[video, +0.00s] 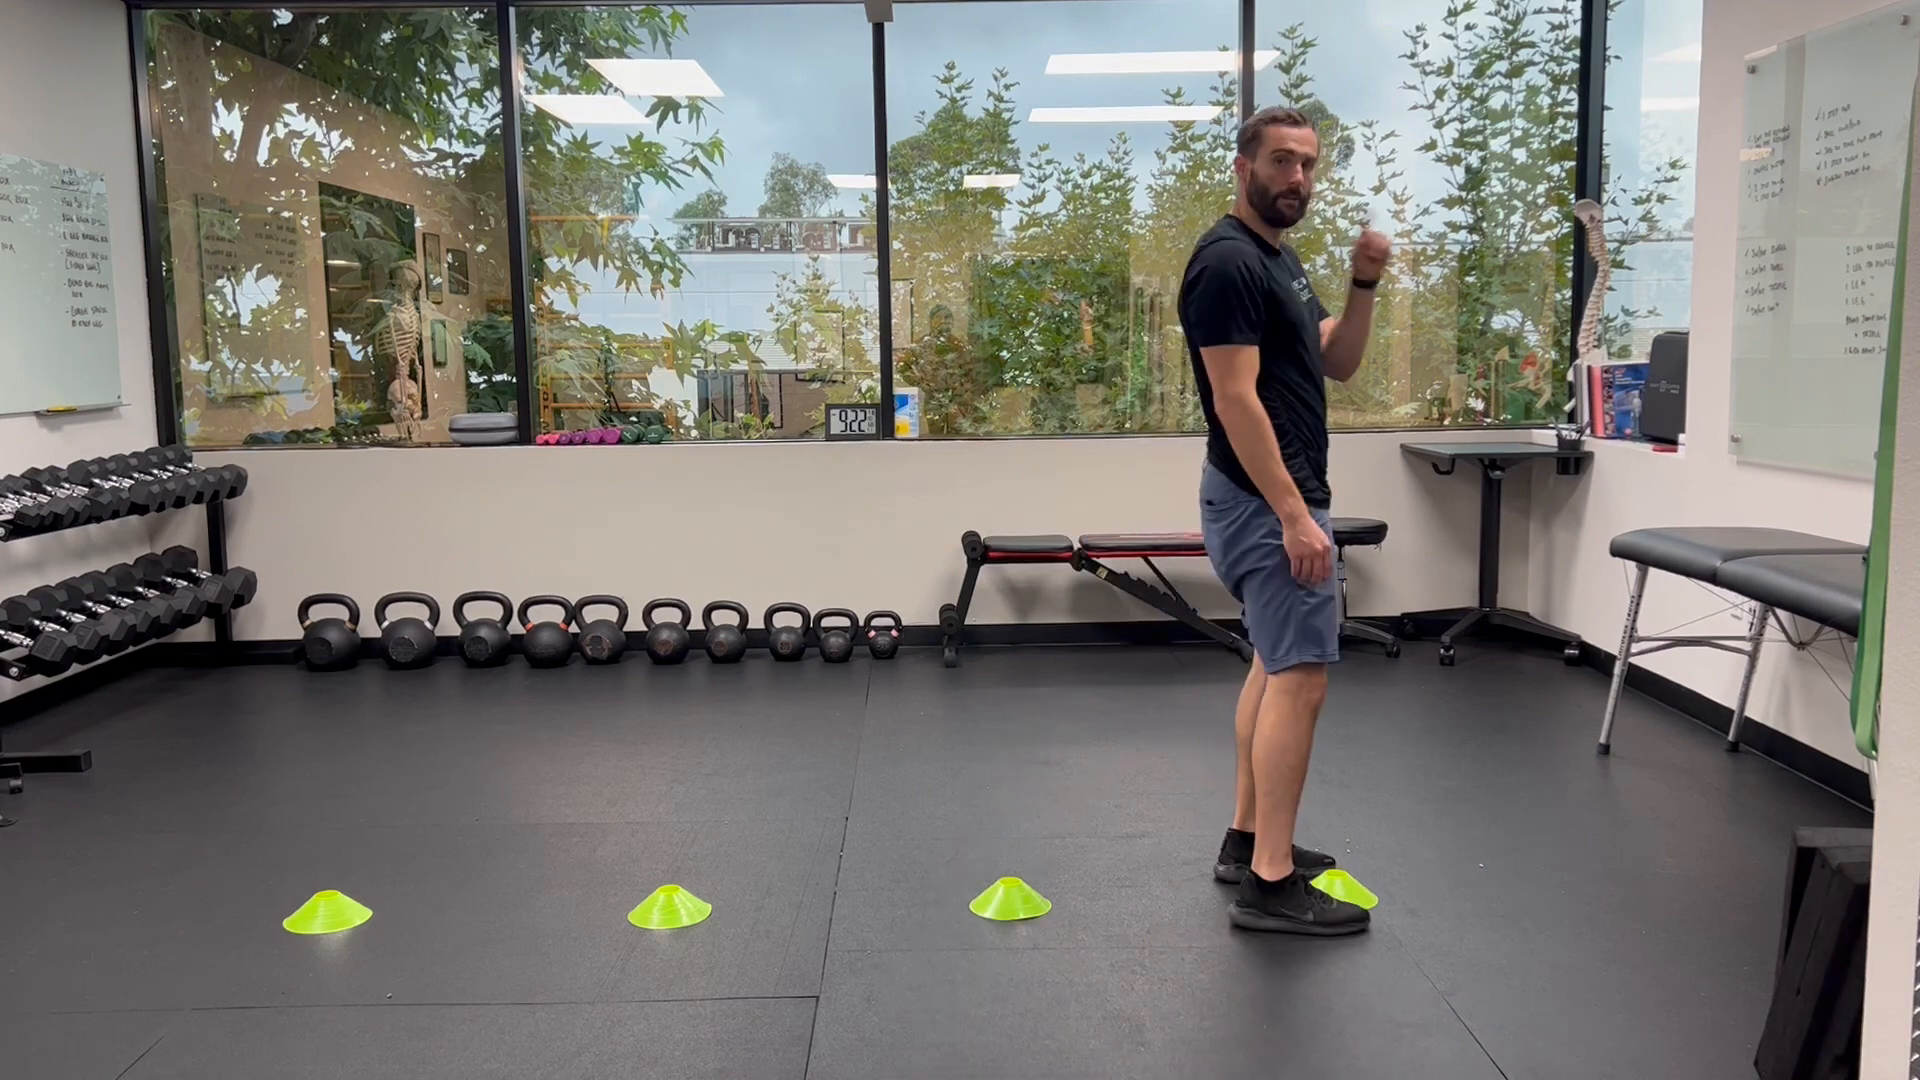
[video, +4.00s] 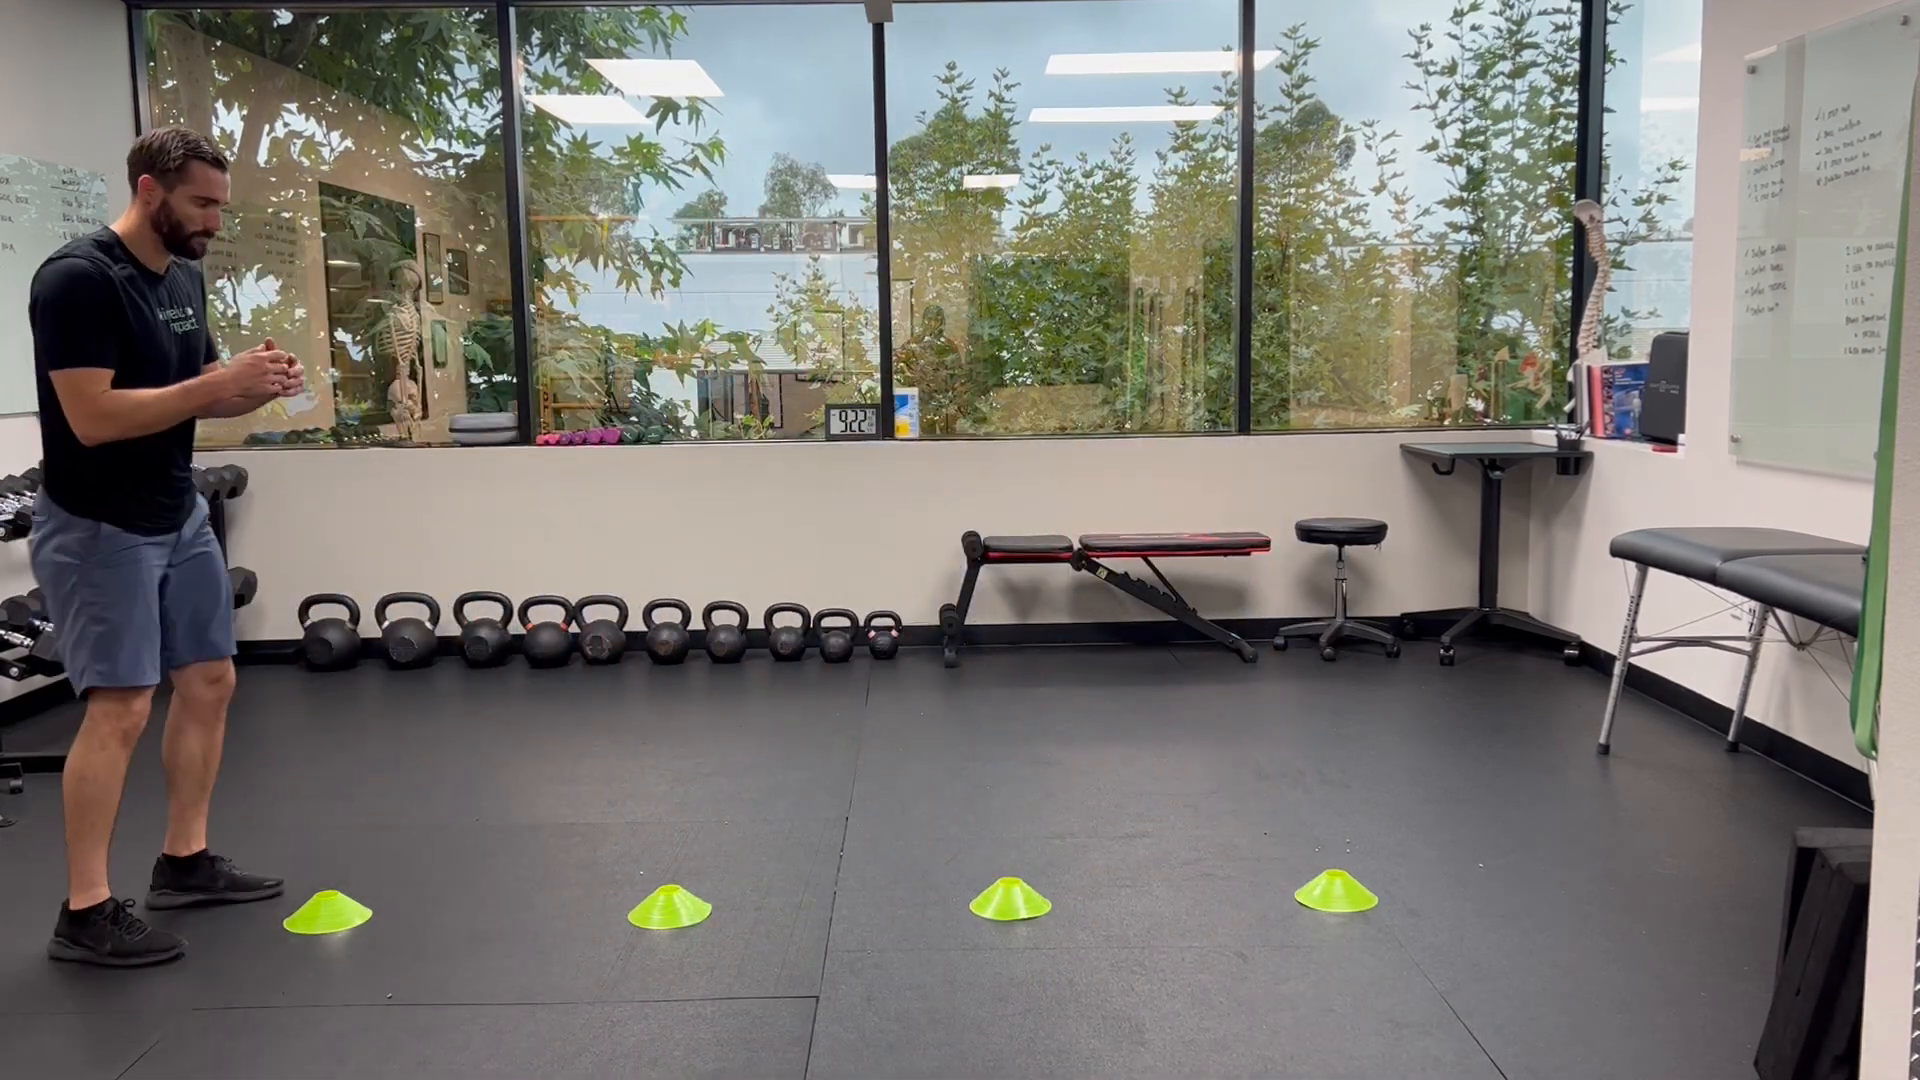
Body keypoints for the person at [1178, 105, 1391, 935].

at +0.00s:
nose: (1298, 177)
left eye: (1308, 164)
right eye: (1283, 160)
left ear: (1314, 176)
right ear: (1242, 166)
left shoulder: (1273, 260)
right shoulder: (1228, 261)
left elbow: (1335, 364)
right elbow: (1234, 399)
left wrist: (1363, 283)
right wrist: (1293, 511)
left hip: (1277, 495)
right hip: (1267, 501)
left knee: (1273, 666)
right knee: (1300, 677)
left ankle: (1250, 840)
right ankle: (1272, 878)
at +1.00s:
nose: (1223, 206)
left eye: (1233, 191)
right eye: (1212, 189)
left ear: (1233, 189)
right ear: (1168, 182)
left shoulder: (1177, 272)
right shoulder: (1134, 276)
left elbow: (1176, 408)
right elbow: (1137, 415)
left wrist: (1218, 510)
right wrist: (1227, 501)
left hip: (1203, 507)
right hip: (1161, 510)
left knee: (1250, 661)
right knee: (1162, 686)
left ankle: (1249, 839)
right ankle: (1011, 832)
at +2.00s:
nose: (744, 239)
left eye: (754, 226)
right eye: (737, 222)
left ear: (742, 214)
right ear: (697, 197)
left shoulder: (707, 281)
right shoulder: (633, 275)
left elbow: (736, 393)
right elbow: (596, 399)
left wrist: (826, 450)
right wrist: (592, 523)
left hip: (697, 508)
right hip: (662, 510)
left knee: (675, 671)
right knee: (733, 674)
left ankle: (628, 839)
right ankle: (769, 877)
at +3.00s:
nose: (262, 294)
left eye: (271, 282)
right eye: (255, 276)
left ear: (265, 265)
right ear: (212, 242)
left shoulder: (237, 311)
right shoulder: (111, 303)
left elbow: (279, 413)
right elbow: (11, 400)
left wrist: (349, 435)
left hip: (206, 533)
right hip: (141, 535)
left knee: (200, 680)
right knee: (169, 709)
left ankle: (103, 825)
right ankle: (153, 929)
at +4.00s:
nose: (215, 222)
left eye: (221, 206)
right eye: (204, 204)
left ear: (179, 198)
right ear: (150, 191)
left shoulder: (181, 276)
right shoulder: (75, 279)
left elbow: (181, 399)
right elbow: (92, 420)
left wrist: (243, 388)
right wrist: (217, 386)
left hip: (177, 518)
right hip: (96, 529)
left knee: (208, 681)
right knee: (118, 707)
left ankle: (185, 859)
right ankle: (86, 910)